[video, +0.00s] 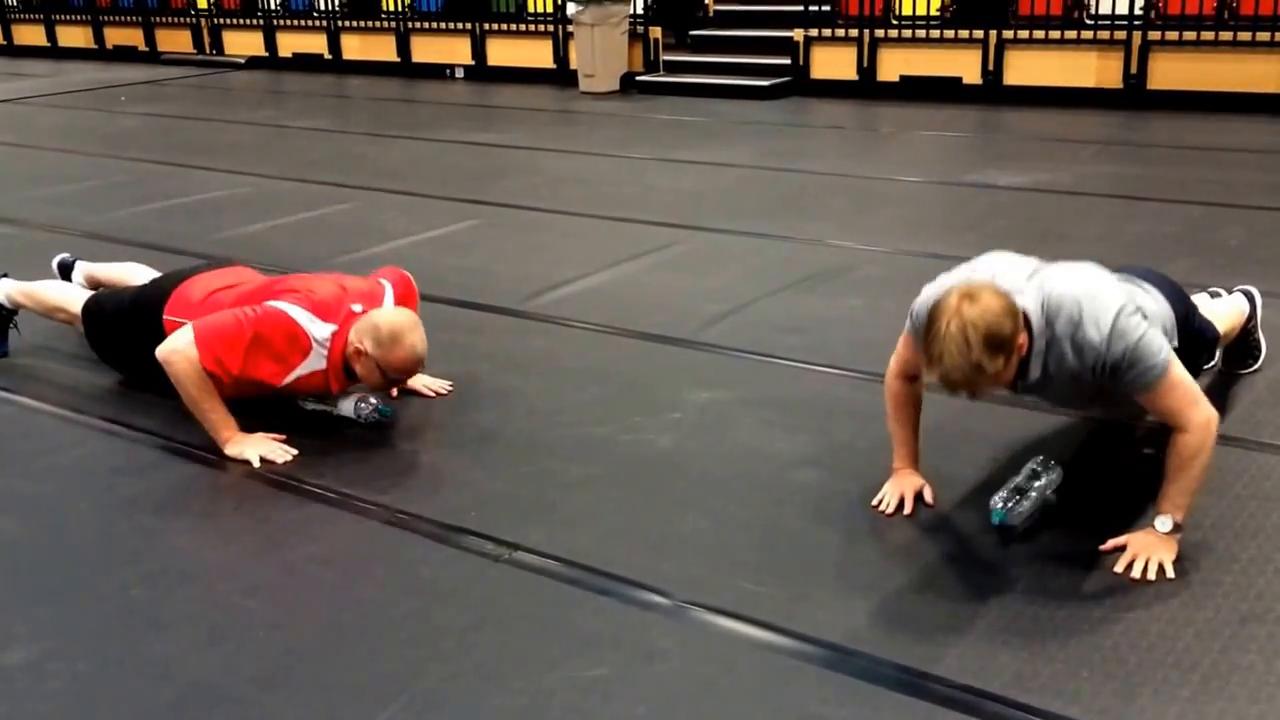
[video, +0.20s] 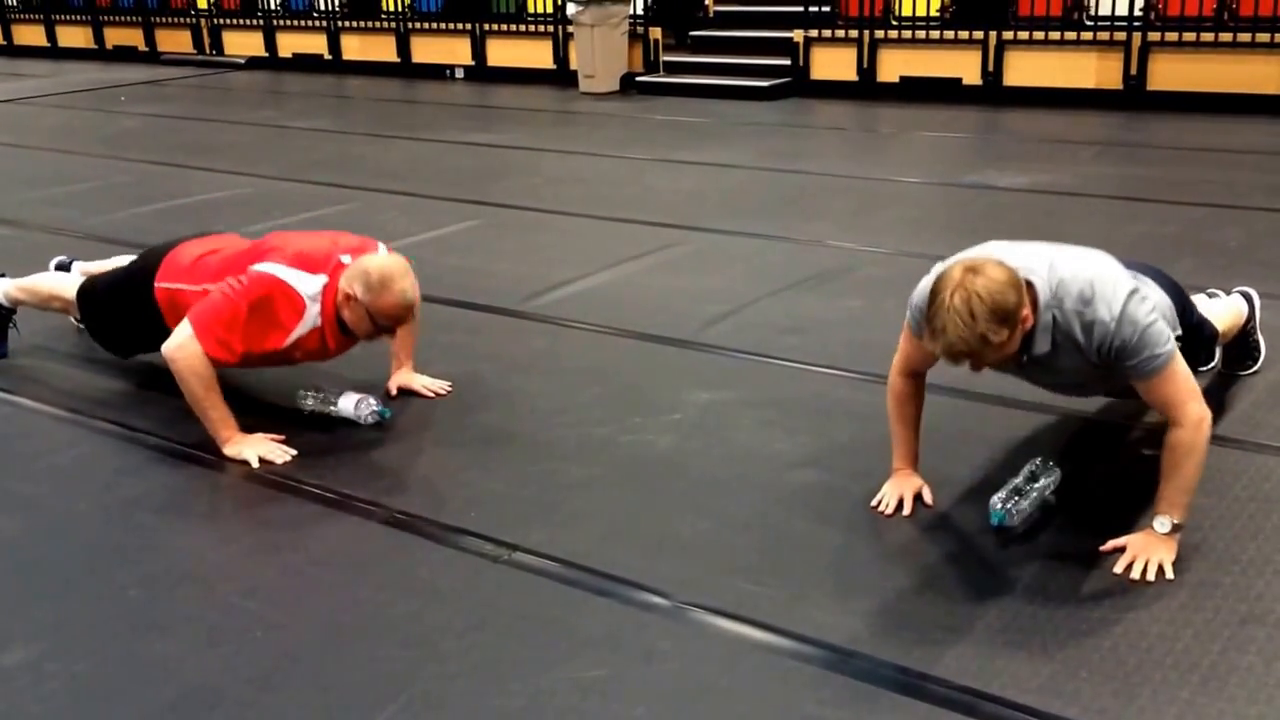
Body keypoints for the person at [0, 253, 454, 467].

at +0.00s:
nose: (389, 388)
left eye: (399, 382)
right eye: (380, 381)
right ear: (356, 346)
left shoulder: (394, 296)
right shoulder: (279, 327)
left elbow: (399, 285)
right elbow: (176, 355)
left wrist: (402, 371)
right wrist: (232, 437)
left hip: (236, 284)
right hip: (173, 310)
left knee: (152, 282)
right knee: (82, 310)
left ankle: (77, 267)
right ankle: (10, 290)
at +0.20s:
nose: (384, 334)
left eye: (393, 323)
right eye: (378, 324)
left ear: (398, 295)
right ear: (347, 297)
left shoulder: (377, 267)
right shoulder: (269, 296)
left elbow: (407, 303)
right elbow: (182, 351)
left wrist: (404, 367)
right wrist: (231, 438)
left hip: (219, 255)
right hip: (160, 290)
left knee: (137, 269)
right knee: (79, 298)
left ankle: (76, 271)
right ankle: (7, 290)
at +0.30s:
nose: (374, 293)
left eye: (386, 284)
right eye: (367, 283)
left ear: (399, 248)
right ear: (338, 258)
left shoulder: (377, 241)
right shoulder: (263, 262)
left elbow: (403, 298)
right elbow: (196, 343)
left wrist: (403, 367)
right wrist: (232, 437)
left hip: (214, 251)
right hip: (159, 271)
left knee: (125, 282)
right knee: (81, 291)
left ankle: (77, 279)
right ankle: (10, 290)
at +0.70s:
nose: (370, 356)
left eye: (381, 350)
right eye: (366, 347)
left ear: (403, 305)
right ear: (345, 318)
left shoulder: (387, 279)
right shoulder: (269, 304)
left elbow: (406, 293)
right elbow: (178, 354)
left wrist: (401, 365)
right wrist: (229, 439)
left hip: (216, 269)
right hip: (156, 301)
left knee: (141, 274)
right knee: (76, 305)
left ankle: (70, 272)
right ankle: (6, 292)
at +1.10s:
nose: (365, 319)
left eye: (375, 309)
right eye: (359, 309)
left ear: (390, 287)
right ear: (330, 283)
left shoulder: (379, 267)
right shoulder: (254, 288)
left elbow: (405, 303)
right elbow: (175, 358)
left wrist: (401, 369)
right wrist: (228, 440)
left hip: (199, 261)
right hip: (146, 292)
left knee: (125, 273)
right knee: (70, 299)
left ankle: (72, 270)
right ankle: (5, 292)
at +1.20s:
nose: (358, 280)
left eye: (368, 270)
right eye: (350, 268)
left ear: (380, 242)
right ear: (323, 239)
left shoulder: (362, 235)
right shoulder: (249, 248)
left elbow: (390, 296)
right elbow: (196, 341)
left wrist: (400, 370)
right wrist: (228, 439)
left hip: (203, 266)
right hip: (147, 273)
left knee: (108, 288)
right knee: (74, 295)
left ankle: (68, 277)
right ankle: (9, 290)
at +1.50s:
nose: (363, 315)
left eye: (375, 306)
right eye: (358, 305)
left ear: (390, 282)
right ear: (333, 279)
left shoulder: (368, 250)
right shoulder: (258, 274)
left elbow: (400, 294)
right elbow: (185, 352)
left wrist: (401, 369)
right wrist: (228, 440)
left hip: (193, 259)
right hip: (142, 290)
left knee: (121, 272)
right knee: (69, 298)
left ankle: (73, 272)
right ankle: (5, 292)